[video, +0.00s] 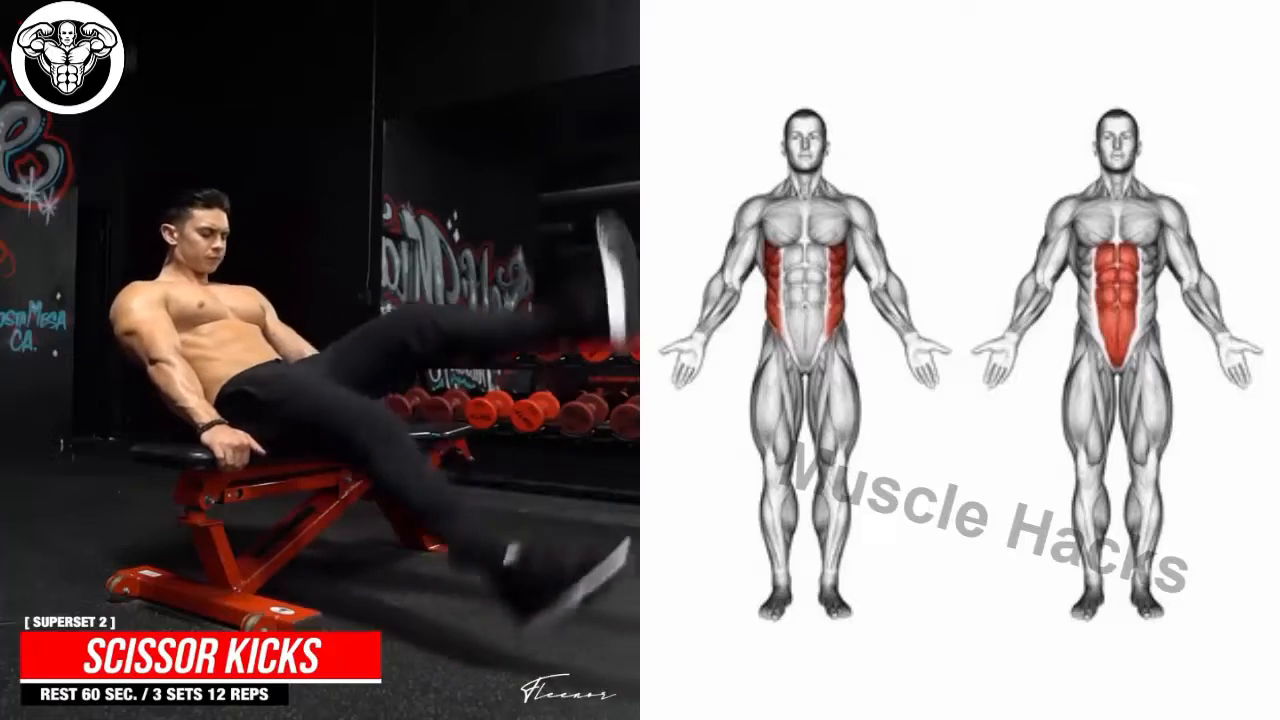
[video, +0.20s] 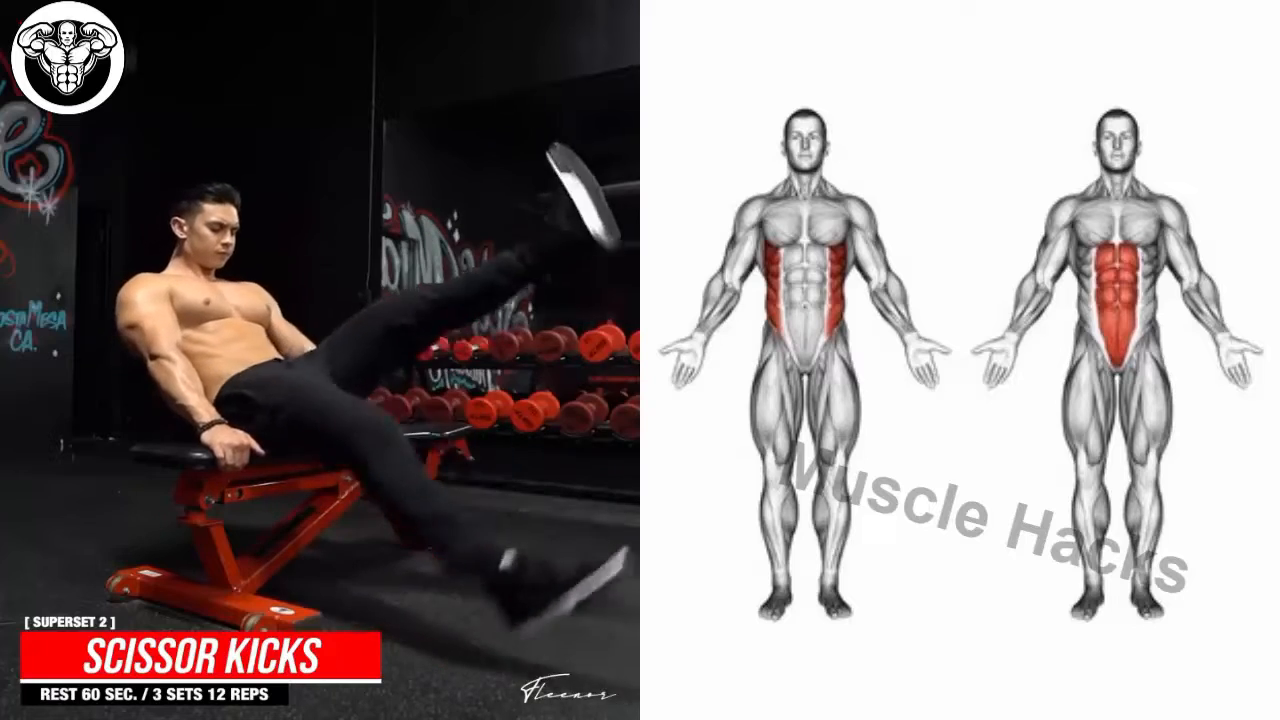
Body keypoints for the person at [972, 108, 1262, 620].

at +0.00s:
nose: (1116, 145)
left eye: (1124, 138)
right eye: (1108, 138)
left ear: (1137, 145)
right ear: (1096, 146)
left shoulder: (1164, 211)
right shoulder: (1070, 211)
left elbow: (1193, 282)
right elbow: (1041, 282)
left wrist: (1222, 335)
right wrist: (1012, 336)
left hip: (1144, 355)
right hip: (1089, 355)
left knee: (1145, 466)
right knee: (1088, 466)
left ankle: (1141, 581)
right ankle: (1092, 583)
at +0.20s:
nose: (1116, 145)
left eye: (1124, 138)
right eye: (1108, 138)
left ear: (1137, 145)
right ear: (1096, 146)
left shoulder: (1164, 211)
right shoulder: (1070, 211)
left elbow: (1193, 282)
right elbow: (1041, 282)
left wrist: (1222, 335)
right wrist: (1012, 336)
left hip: (1144, 355)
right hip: (1089, 355)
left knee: (1145, 466)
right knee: (1088, 466)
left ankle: (1141, 581)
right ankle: (1092, 583)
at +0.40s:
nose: (1116, 145)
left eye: (1124, 138)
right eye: (1108, 138)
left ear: (1137, 145)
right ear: (1096, 146)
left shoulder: (1164, 211)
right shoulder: (1070, 211)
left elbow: (1193, 282)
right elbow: (1041, 282)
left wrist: (1222, 335)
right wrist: (1012, 336)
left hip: (1144, 355)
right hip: (1089, 355)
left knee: (1145, 466)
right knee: (1088, 466)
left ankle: (1141, 581)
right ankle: (1092, 583)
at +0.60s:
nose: (1116, 145)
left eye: (1124, 138)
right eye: (1108, 138)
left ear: (1137, 145)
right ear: (1096, 146)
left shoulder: (1164, 211)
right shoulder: (1070, 211)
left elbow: (1193, 282)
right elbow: (1041, 282)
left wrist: (1222, 335)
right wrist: (1012, 336)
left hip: (1144, 355)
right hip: (1089, 355)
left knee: (1145, 466)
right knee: (1088, 466)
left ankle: (1141, 581)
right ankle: (1092, 583)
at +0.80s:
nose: (1116, 145)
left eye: (1124, 138)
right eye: (1108, 138)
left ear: (1137, 145)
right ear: (1097, 145)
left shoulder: (1164, 211)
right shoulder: (1070, 211)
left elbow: (1193, 282)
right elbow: (1041, 282)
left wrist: (1222, 335)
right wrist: (1012, 336)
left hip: (1144, 355)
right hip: (1089, 354)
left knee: (1145, 466)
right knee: (1088, 466)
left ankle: (1141, 581)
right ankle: (1092, 583)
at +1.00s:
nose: (1116, 145)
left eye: (1124, 137)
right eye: (1109, 137)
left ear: (1137, 145)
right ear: (1097, 145)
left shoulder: (1164, 211)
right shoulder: (1070, 211)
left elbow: (1193, 282)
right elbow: (1041, 282)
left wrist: (1221, 335)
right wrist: (1012, 336)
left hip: (1144, 355)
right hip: (1089, 354)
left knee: (1145, 466)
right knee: (1088, 466)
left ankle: (1141, 582)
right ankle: (1092, 583)